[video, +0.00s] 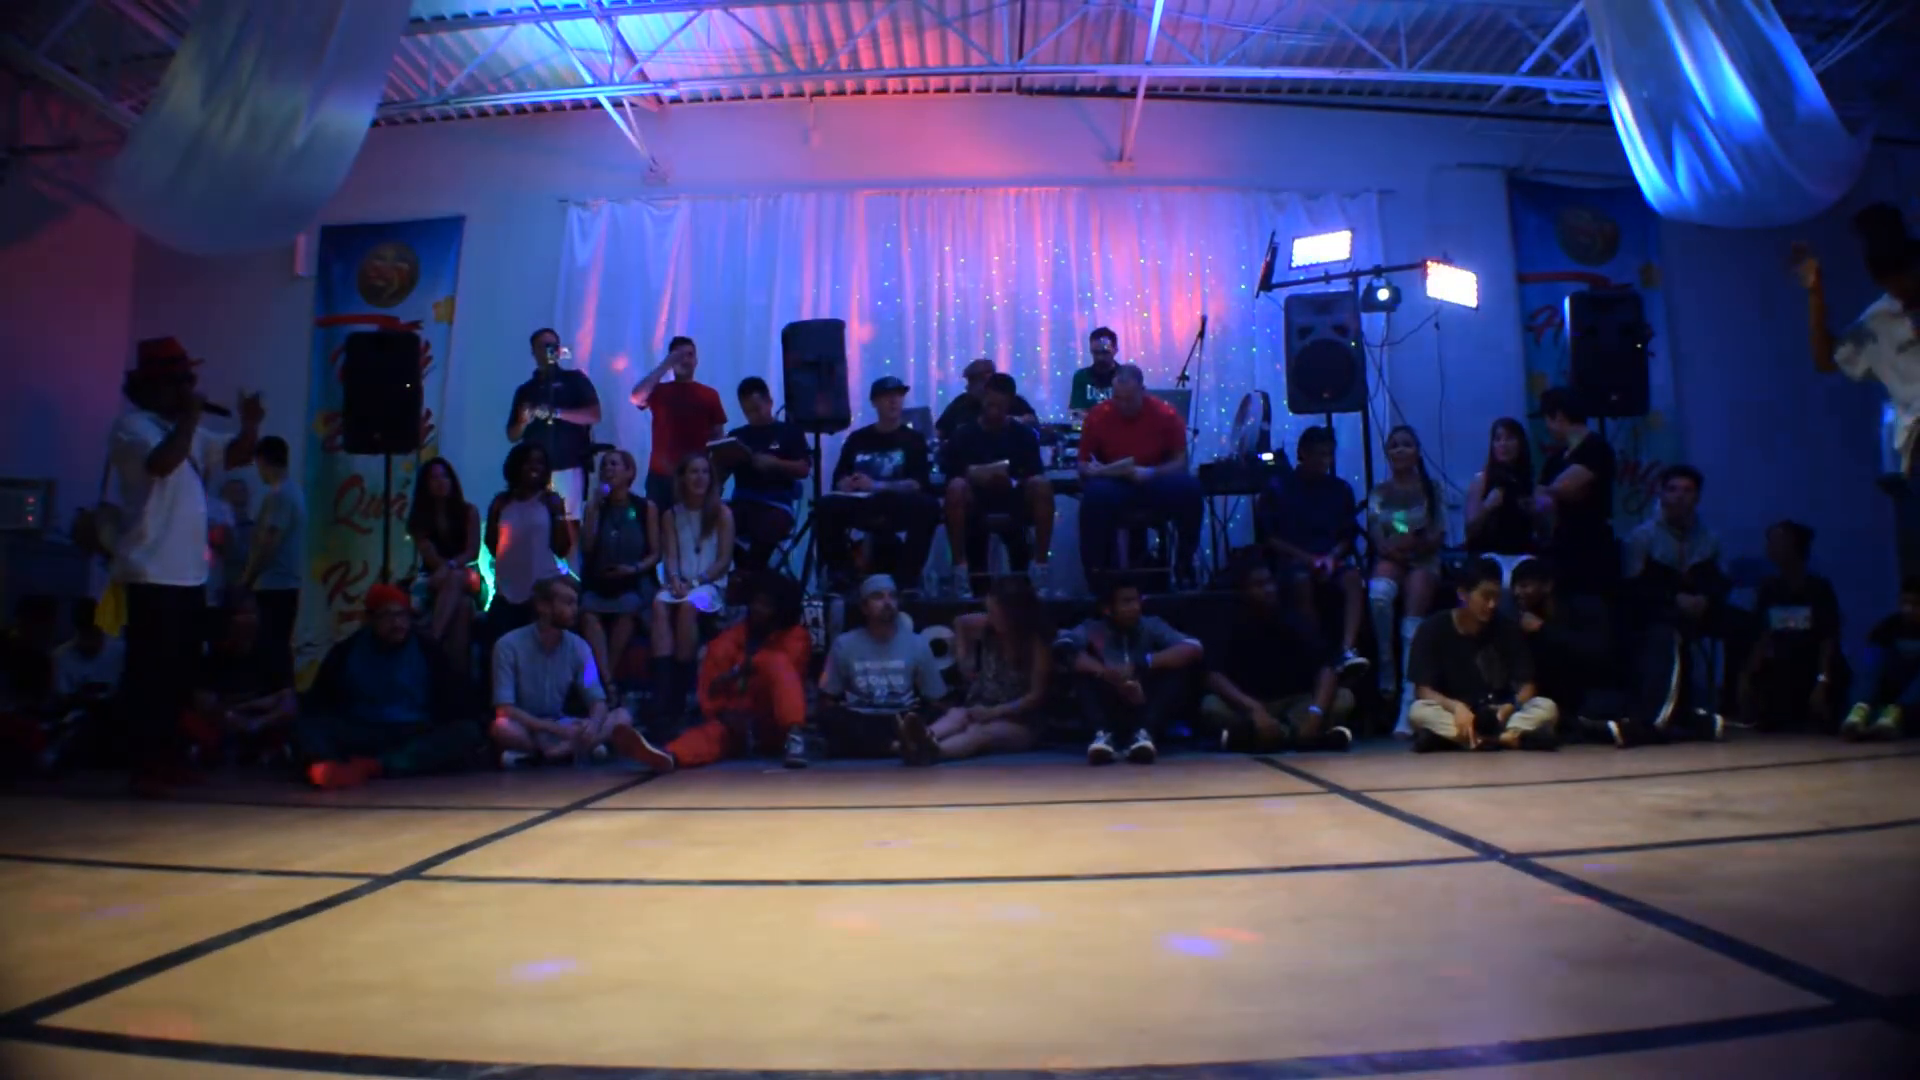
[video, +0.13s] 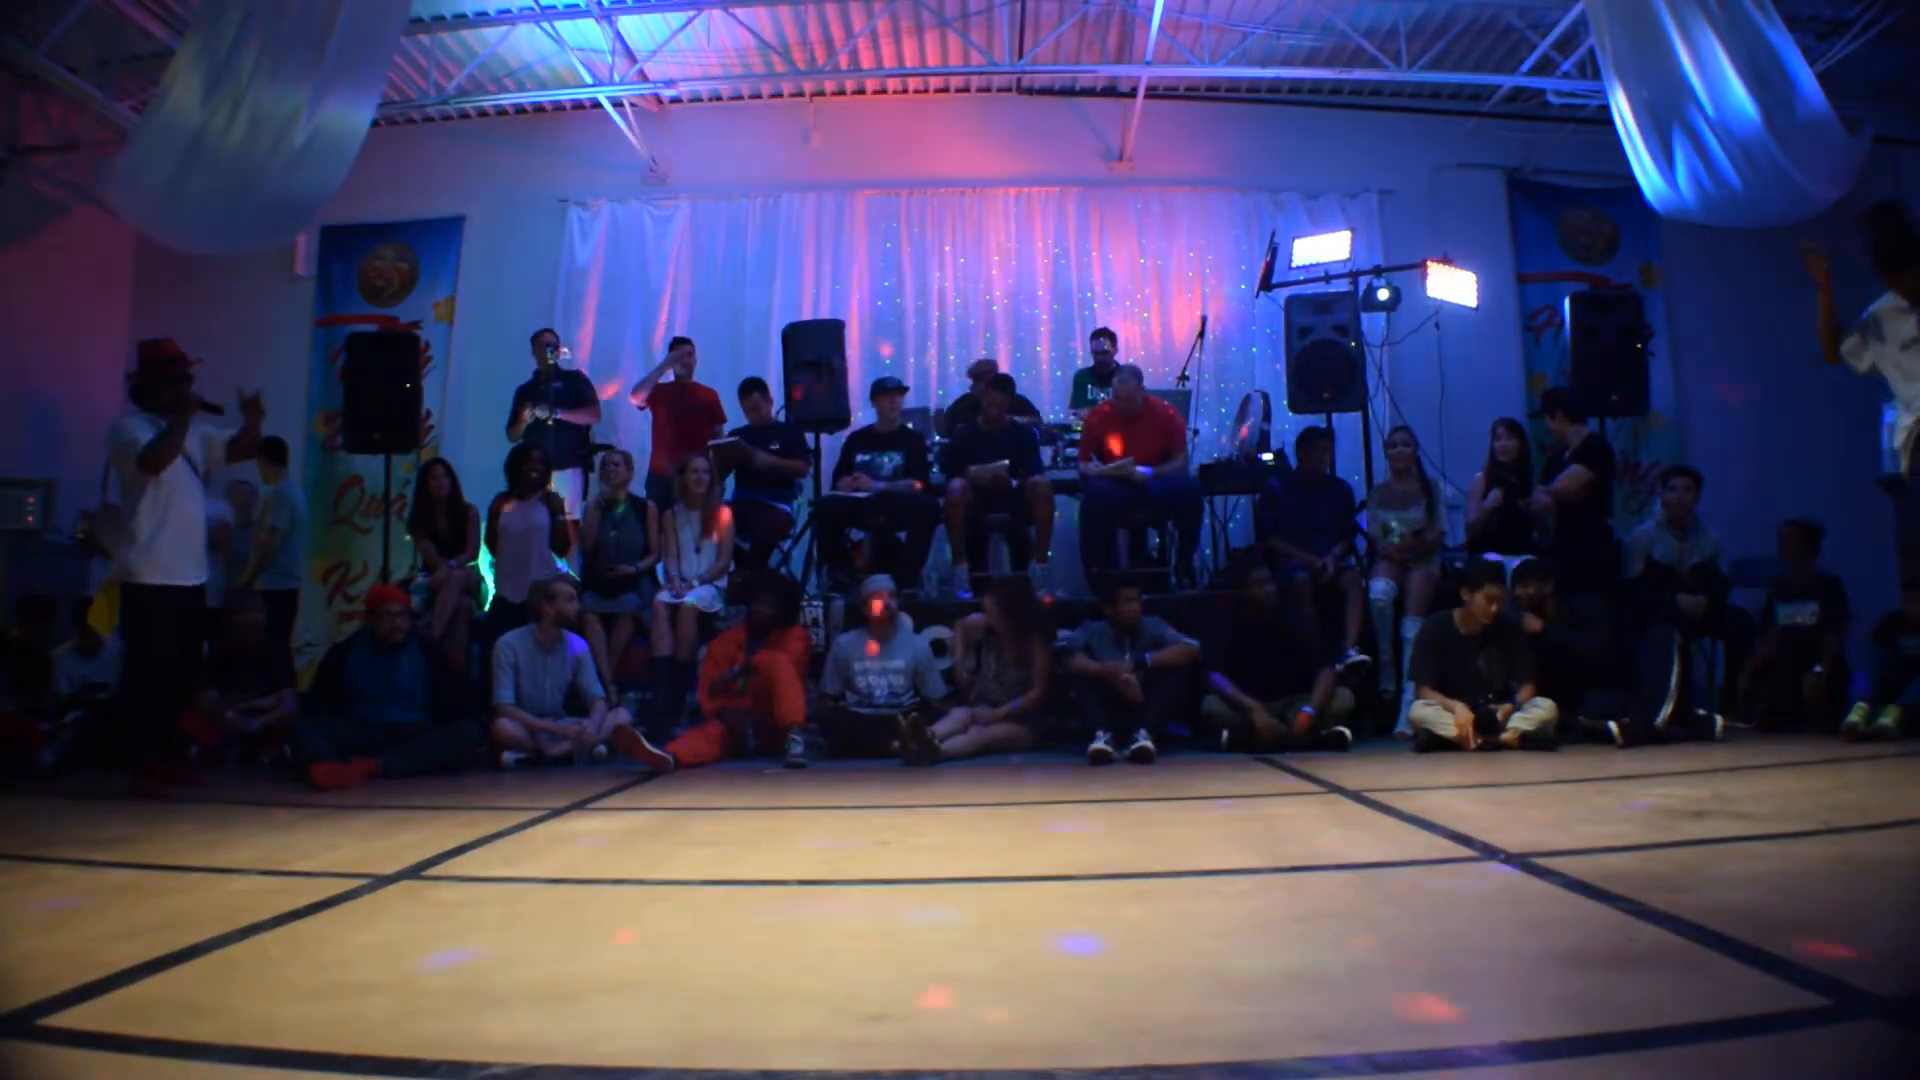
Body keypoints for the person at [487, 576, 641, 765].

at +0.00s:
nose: (574, 609)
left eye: (575, 603)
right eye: (567, 603)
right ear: (543, 607)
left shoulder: (579, 647)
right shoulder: (509, 645)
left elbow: (598, 701)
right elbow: (505, 709)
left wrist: (593, 725)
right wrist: (556, 729)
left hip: (564, 722)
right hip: (527, 722)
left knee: (622, 716)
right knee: (501, 727)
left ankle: (560, 750)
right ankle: (577, 747)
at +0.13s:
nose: (576, 606)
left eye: (575, 600)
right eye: (569, 600)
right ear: (547, 607)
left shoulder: (577, 645)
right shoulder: (509, 645)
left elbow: (598, 699)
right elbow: (504, 707)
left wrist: (592, 726)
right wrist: (555, 728)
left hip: (565, 721)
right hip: (528, 723)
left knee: (622, 716)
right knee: (502, 728)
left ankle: (559, 750)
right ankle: (578, 747)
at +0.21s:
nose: (576, 602)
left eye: (574, 596)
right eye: (569, 597)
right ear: (547, 606)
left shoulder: (575, 644)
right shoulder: (509, 645)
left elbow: (597, 697)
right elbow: (504, 707)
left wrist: (592, 726)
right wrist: (555, 728)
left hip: (564, 721)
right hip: (528, 723)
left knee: (623, 715)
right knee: (503, 727)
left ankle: (559, 750)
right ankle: (578, 748)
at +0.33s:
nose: (573, 599)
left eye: (571, 593)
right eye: (566, 594)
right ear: (544, 604)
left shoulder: (572, 641)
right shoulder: (509, 643)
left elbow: (594, 689)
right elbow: (504, 706)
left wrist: (593, 722)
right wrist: (556, 729)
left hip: (563, 720)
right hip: (528, 722)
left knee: (623, 715)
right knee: (502, 728)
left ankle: (557, 751)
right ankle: (579, 747)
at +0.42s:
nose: (570, 597)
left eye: (567, 591)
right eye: (562, 592)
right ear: (542, 604)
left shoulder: (568, 638)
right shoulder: (508, 643)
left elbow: (591, 686)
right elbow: (504, 706)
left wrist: (592, 721)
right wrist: (553, 728)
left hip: (562, 719)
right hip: (527, 721)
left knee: (623, 715)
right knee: (502, 728)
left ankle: (558, 750)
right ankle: (580, 746)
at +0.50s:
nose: (566, 594)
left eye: (563, 588)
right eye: (559, 589)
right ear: (539, 602)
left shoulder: (565, 635)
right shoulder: (506, 643)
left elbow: (587, 684)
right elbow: (505, 707)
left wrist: (590, 719)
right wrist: (557, 729)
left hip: (562, 718)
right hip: (527, 721)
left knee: (622, 715)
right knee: (503, 728)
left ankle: (554, 752)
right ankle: (580, 747)